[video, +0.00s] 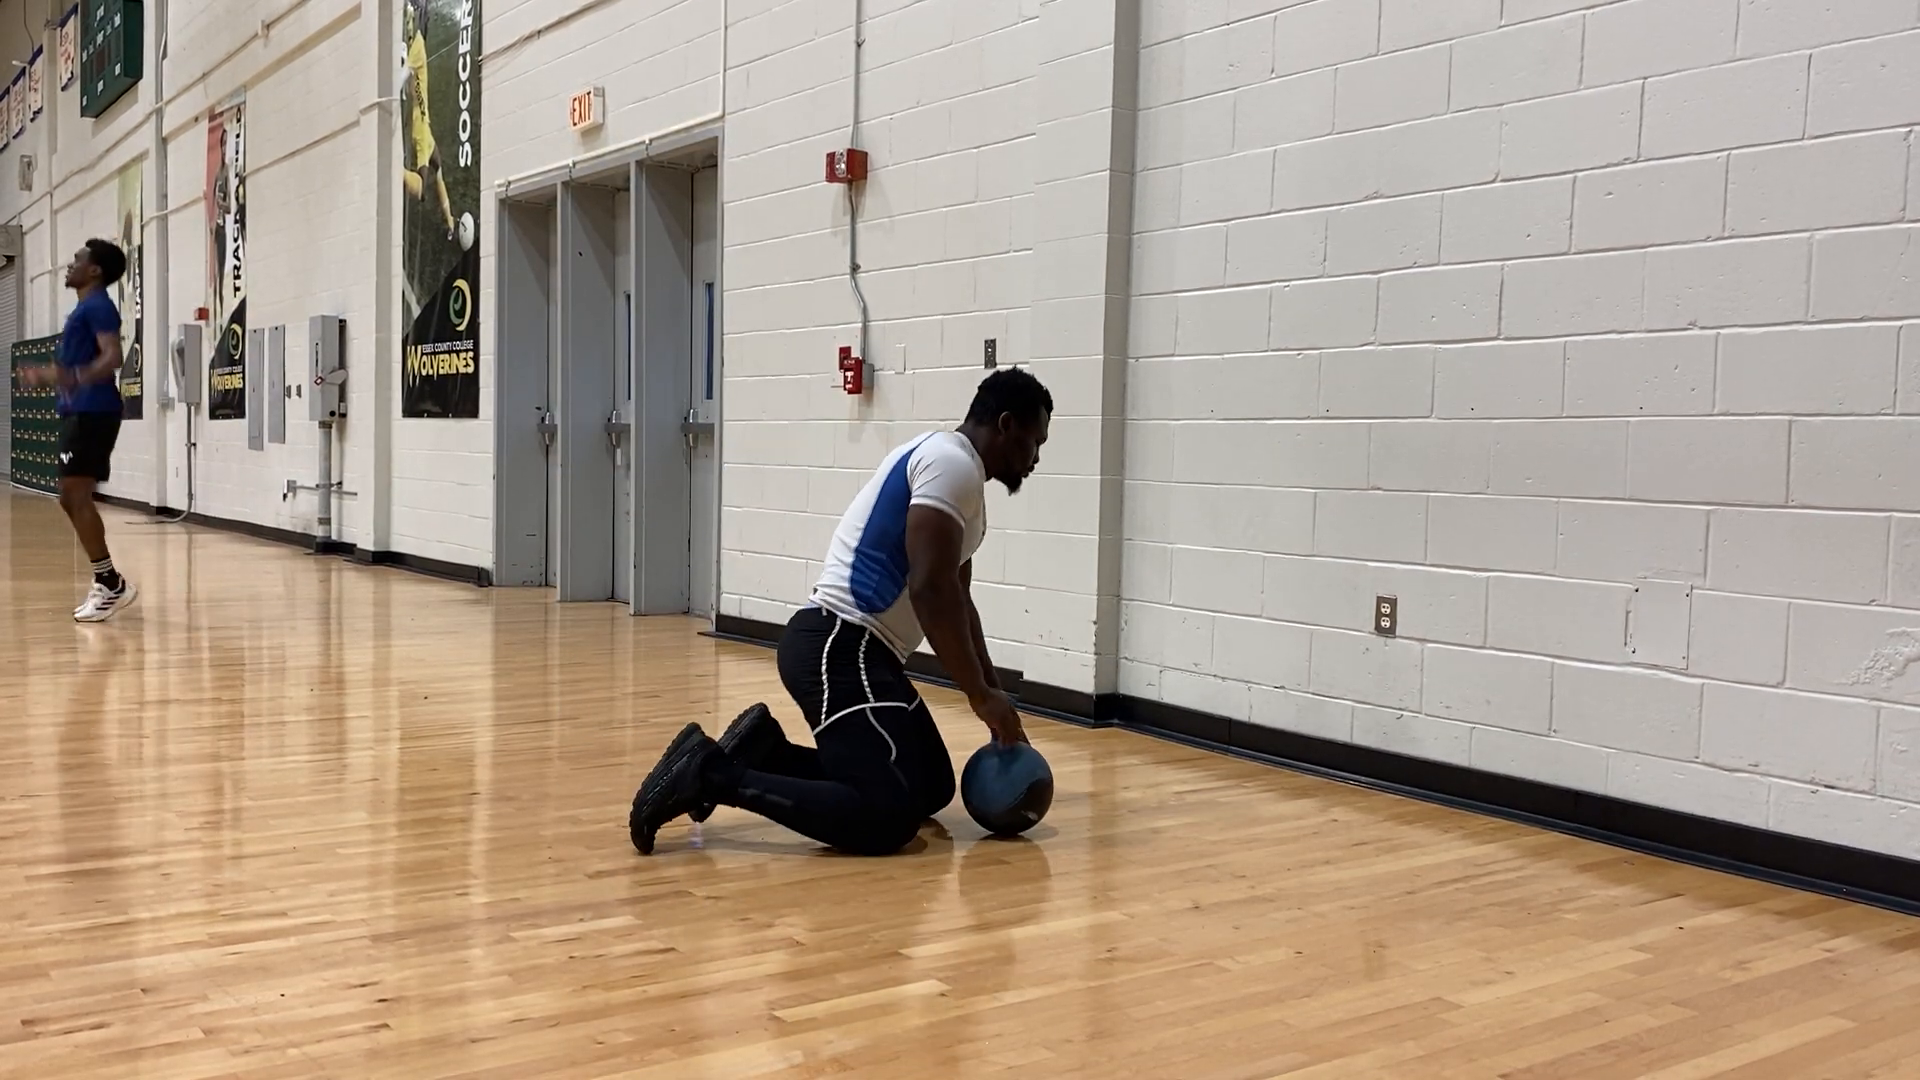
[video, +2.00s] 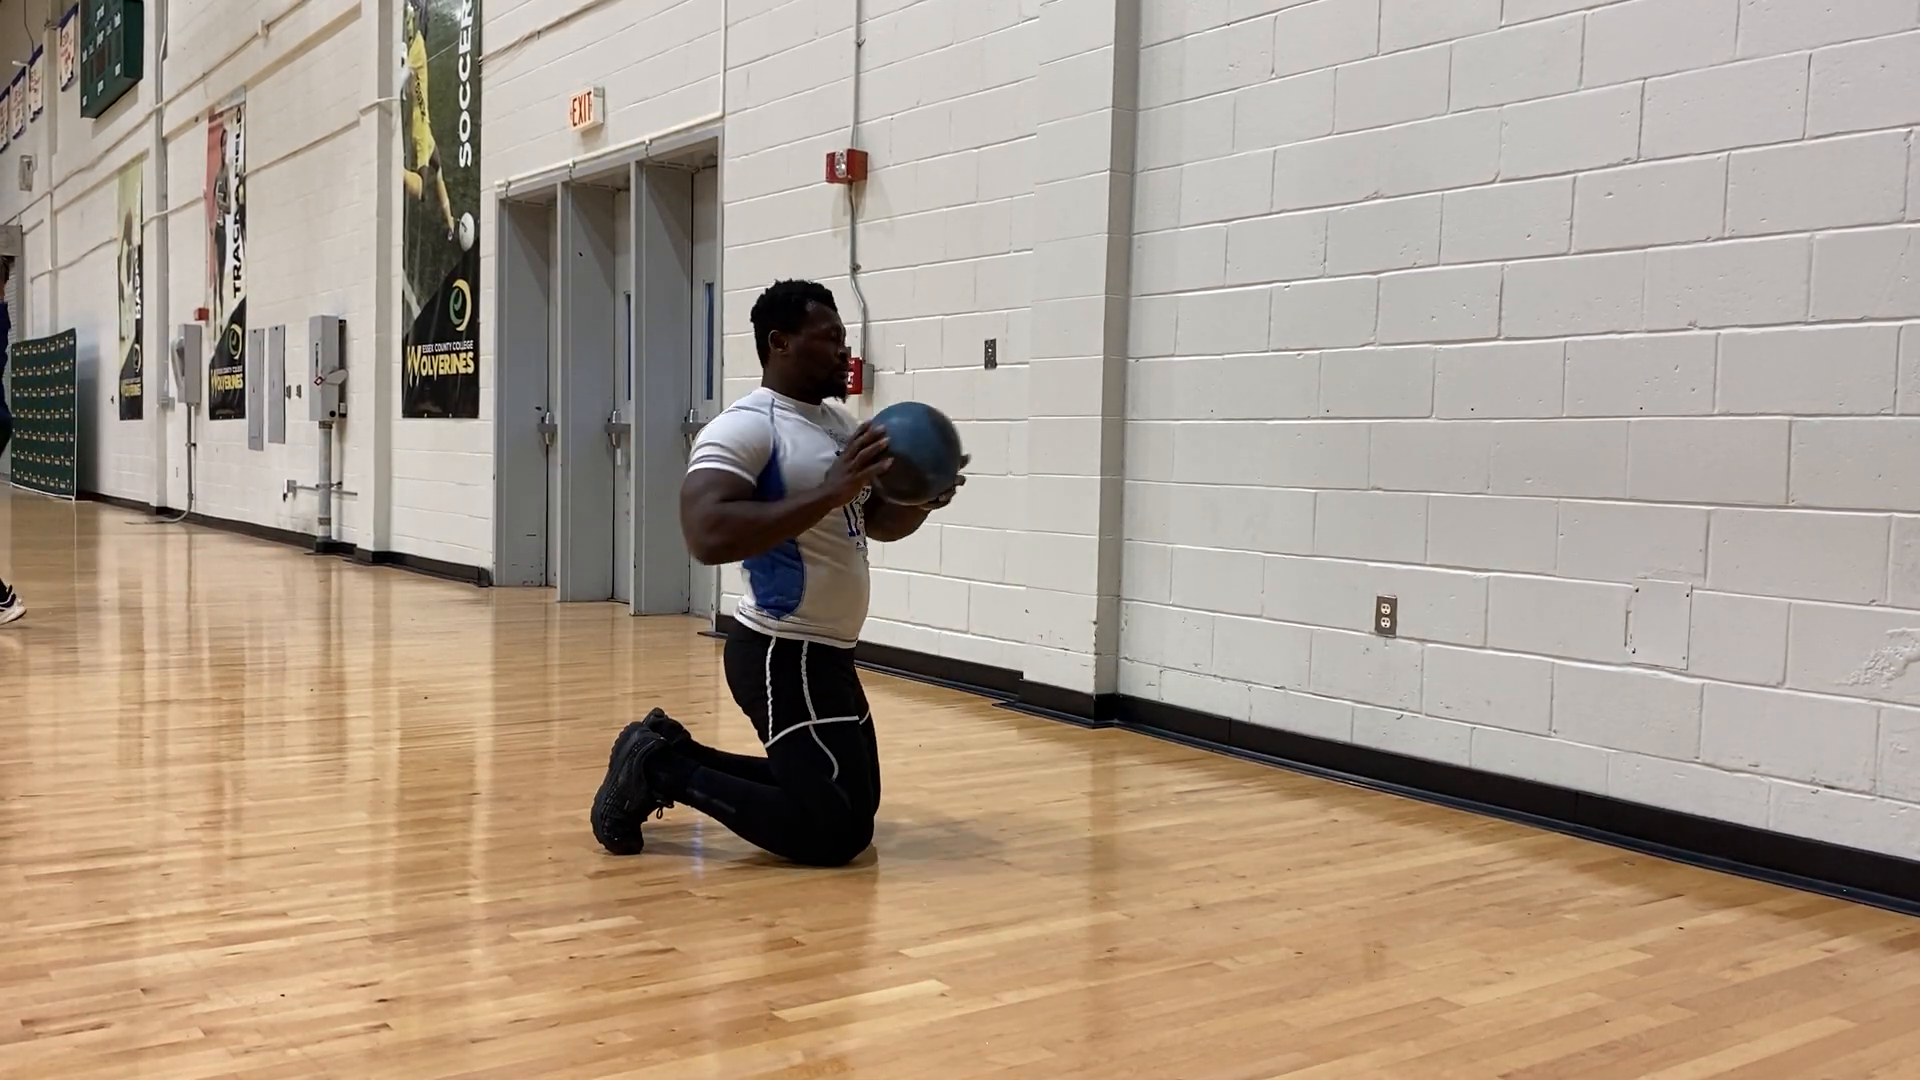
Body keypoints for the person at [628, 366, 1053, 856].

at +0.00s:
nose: (1037, 458)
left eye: (1041, 444)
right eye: (1037, 441)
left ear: (996, 424)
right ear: (1005, 425)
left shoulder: (961, 473)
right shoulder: (949, 460)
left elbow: (956, 593)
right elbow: (931, 589)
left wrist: (990, 691)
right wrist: (983, 697)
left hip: (860, 648)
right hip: (838, 644)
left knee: (930, 786)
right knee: (884, 822)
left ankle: (767, 754)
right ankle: (712, 776)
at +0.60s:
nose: (996, 421)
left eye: (991, 407)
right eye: (986, 409)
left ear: (948, 422)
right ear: (951, 421)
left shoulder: (939, 487)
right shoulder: (905, 475)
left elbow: (925, 582)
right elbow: (855, 592)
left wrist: (977, 662)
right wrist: (945, 671)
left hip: (841, 657)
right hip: (805, 655)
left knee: (921, 783)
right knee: (879, 821)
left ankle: (760, 766)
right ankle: (701, 780)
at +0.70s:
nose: (985, 404)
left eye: (981, 390)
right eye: (975, 392)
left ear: (941, 403)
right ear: (941, 401)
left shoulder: (931, 468)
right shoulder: (896, 448)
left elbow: (916, 562)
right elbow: (835, 548)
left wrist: (967, 626)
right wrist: (938, 612)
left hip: (852, 655)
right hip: (818, 651)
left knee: (924, 784)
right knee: (880, 820)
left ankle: (760, 765)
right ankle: (702, 781)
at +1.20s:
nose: (928, 358)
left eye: (918, 347)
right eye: (912, 352)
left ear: (884, 382)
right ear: (880, 382)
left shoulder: (907, 442)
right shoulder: (835, 447)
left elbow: (904, 538)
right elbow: (811, 555)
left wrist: (963, 550)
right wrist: (919, 535)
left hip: (871, 656)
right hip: (819, 652)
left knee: (924, 790)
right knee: (841, 830)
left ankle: (765, 762)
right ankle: (672, 763)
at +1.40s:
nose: (884, 372)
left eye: (878, 359)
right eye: (867, 366)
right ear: (820, 389)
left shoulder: (883, 428)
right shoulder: (786, 454)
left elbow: (901, 508)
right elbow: (731, 554)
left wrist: (942, 516)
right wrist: (852, 527)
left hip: (862, 659)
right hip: (802, 656)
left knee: (909, 790)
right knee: (841, 830)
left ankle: (743, 762)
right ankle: (674, 767)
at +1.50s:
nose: (857, 367)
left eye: (855, 353)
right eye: (837, 361)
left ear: (859, 347)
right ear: (790, 379)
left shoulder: (886, 423)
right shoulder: (762, 450)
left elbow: (954, 500)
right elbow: (674, 542)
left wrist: (934, 504)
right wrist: (793, 526)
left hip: (855, 657)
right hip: (796, 654)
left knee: (889, 793)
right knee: (837, 831)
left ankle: (717, 755)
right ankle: (667, 765)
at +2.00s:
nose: (844, 346)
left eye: (842, 334)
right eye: (828, 335)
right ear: (778, 345)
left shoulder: (839, 423)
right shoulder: (742, 425)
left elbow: (880, 522)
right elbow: (708, 534)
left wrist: (919, 494)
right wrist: (828, 494)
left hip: (825, 648)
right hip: (783, 649)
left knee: (848, 804)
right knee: (834, 832)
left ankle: (679, 755)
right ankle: (662, 769)